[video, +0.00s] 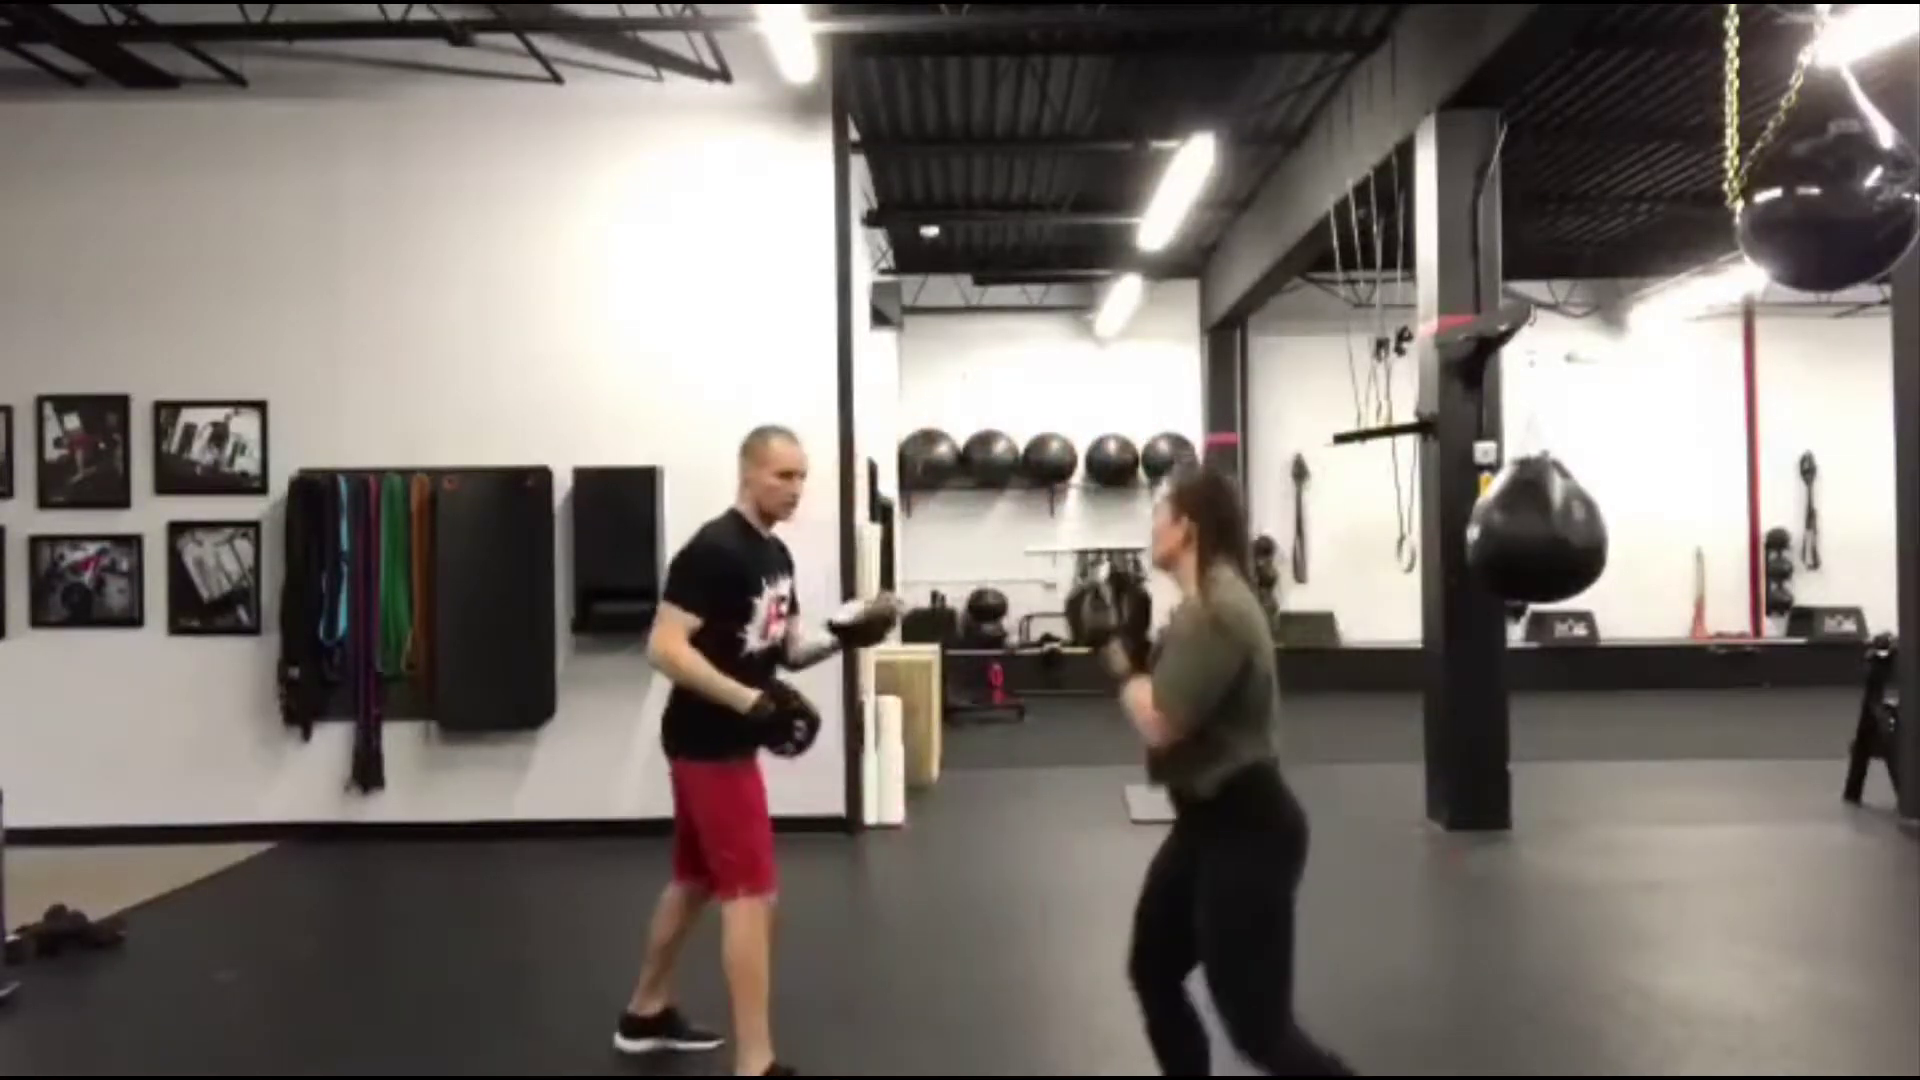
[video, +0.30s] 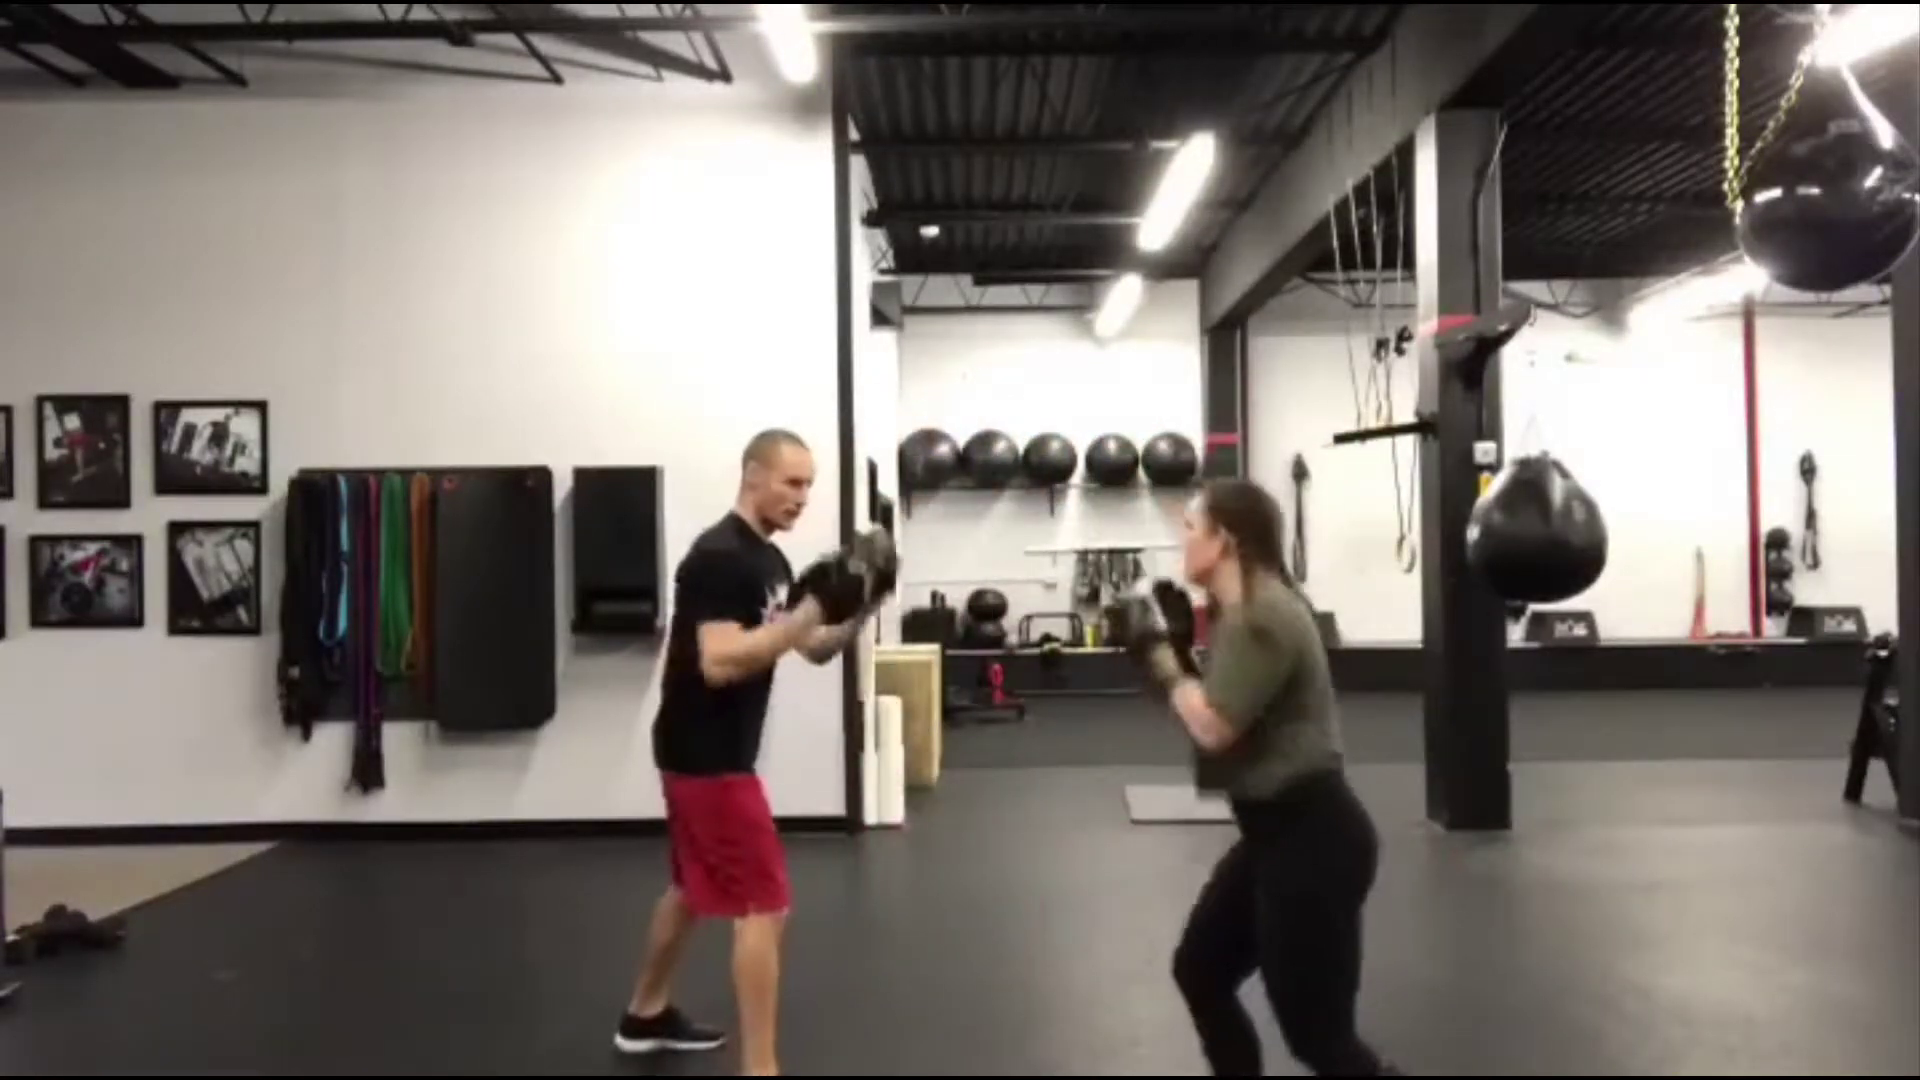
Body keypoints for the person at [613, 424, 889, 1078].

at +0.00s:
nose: (795, 489)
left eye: (800, 478)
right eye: (784, 476)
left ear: (798, 480)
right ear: (747, 475)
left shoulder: (775, 555)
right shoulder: (712, 550)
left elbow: (783, 651)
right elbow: (664, 645)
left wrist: (845, 634)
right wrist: (751, 701)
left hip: (728, 744)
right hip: (709, 748)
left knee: (693, 881)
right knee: (749, 893)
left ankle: (645, 1012)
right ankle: (755, 1061)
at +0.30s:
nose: (801, 499)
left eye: (807, 487)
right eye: (792, 484)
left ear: (800, 488)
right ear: (751, 477)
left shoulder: (770, 561)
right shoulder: (715, 557)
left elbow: (816, 648)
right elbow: (718, 660)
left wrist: (856, 607)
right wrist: (805, 615)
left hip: (713, 759)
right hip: (708, 762)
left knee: (692, 889)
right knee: (764, 906)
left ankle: (645, 1014)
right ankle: (760, 1066)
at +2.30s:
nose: (771, 518)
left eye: (773, 506)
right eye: (761, 505)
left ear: (732, 510)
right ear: (719, 505)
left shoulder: (724, 574)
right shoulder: (685, 576)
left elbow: (770, 654)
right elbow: (715, 672)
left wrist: (794, 588)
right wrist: (774, 593)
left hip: (663, 762)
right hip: (657, 767)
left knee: (672, 892)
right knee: (737, 903)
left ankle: (606, 1010)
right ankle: (734, 1066)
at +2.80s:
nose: (791, 517)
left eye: (792, 505)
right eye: (781, 504)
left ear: (746, 506)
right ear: (740, 502)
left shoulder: (731, 565)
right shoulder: (701, 570)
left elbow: (737, 646)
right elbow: (696, 677)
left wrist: (793, 630)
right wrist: (798, 652)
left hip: (659, 755)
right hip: (656, 761)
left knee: (656, 885)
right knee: (737, 901)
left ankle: (581, 1009)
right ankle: (735, 1065)